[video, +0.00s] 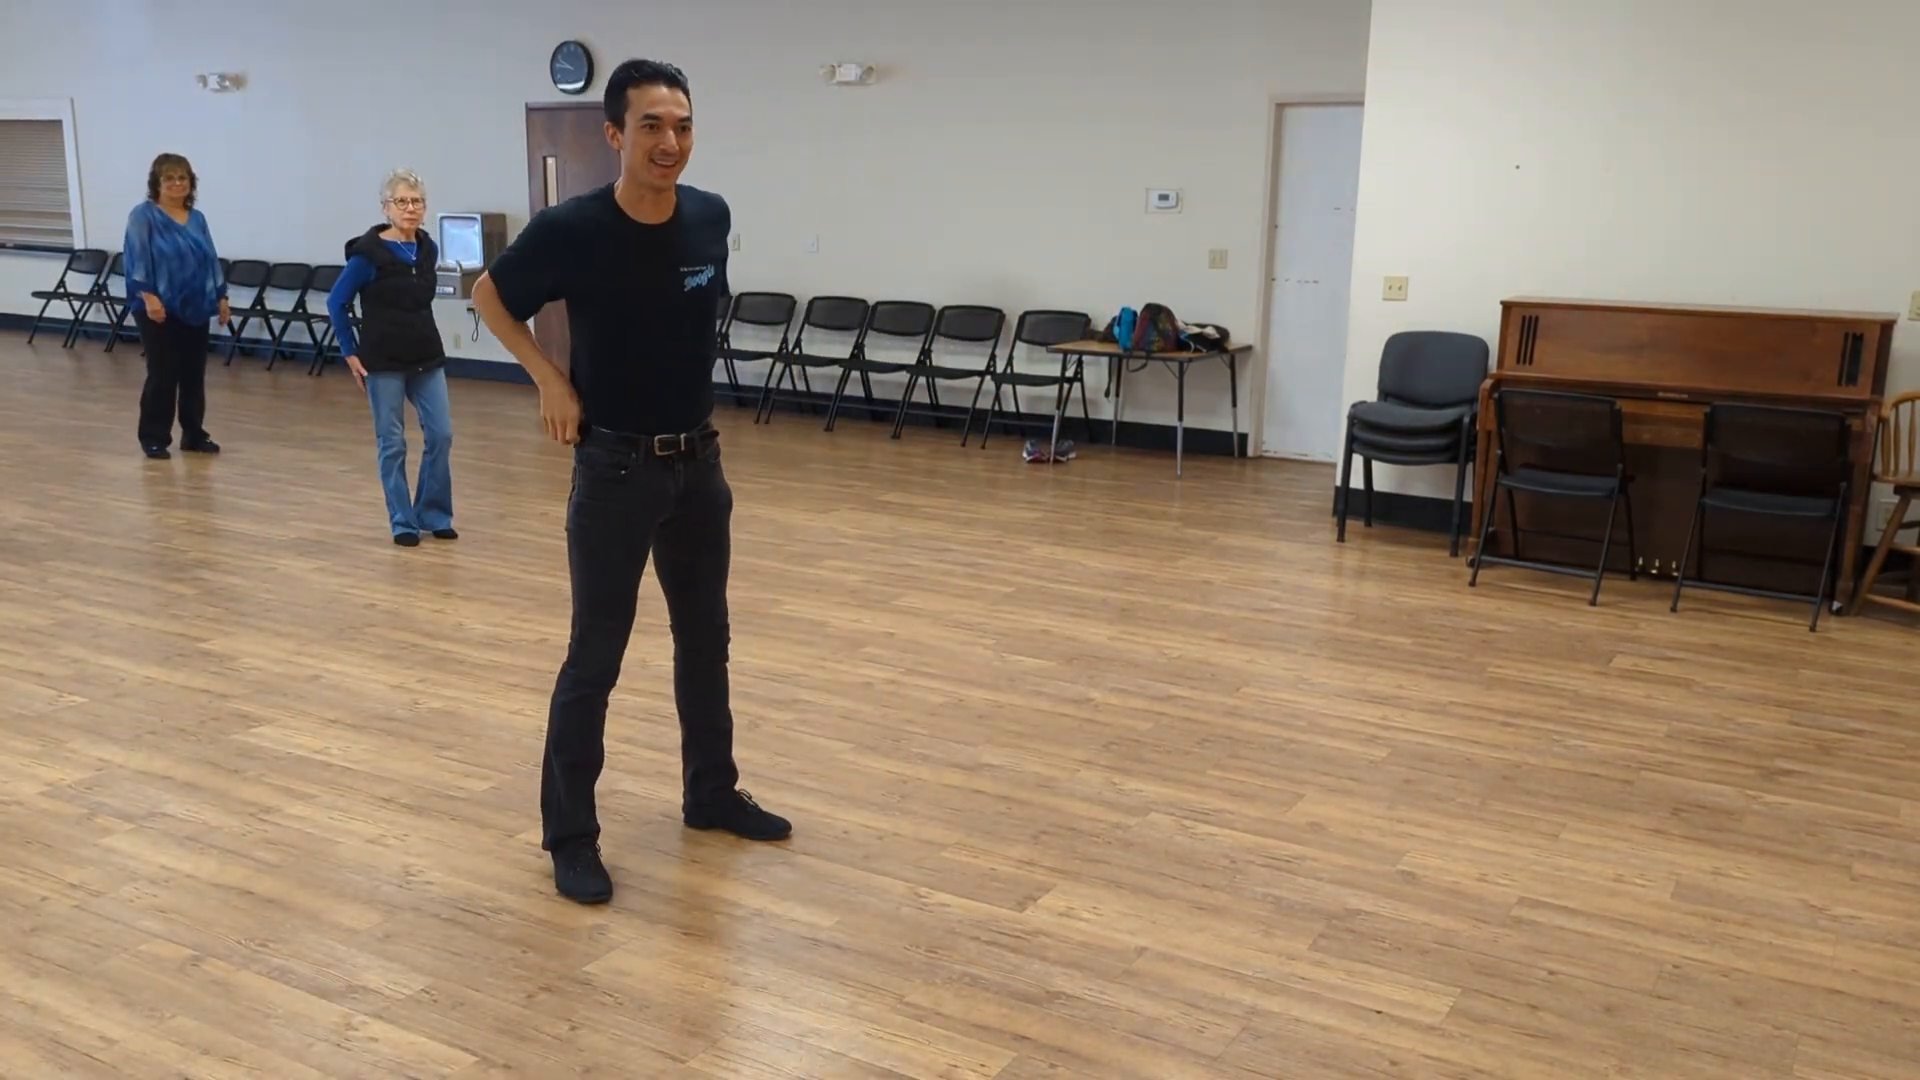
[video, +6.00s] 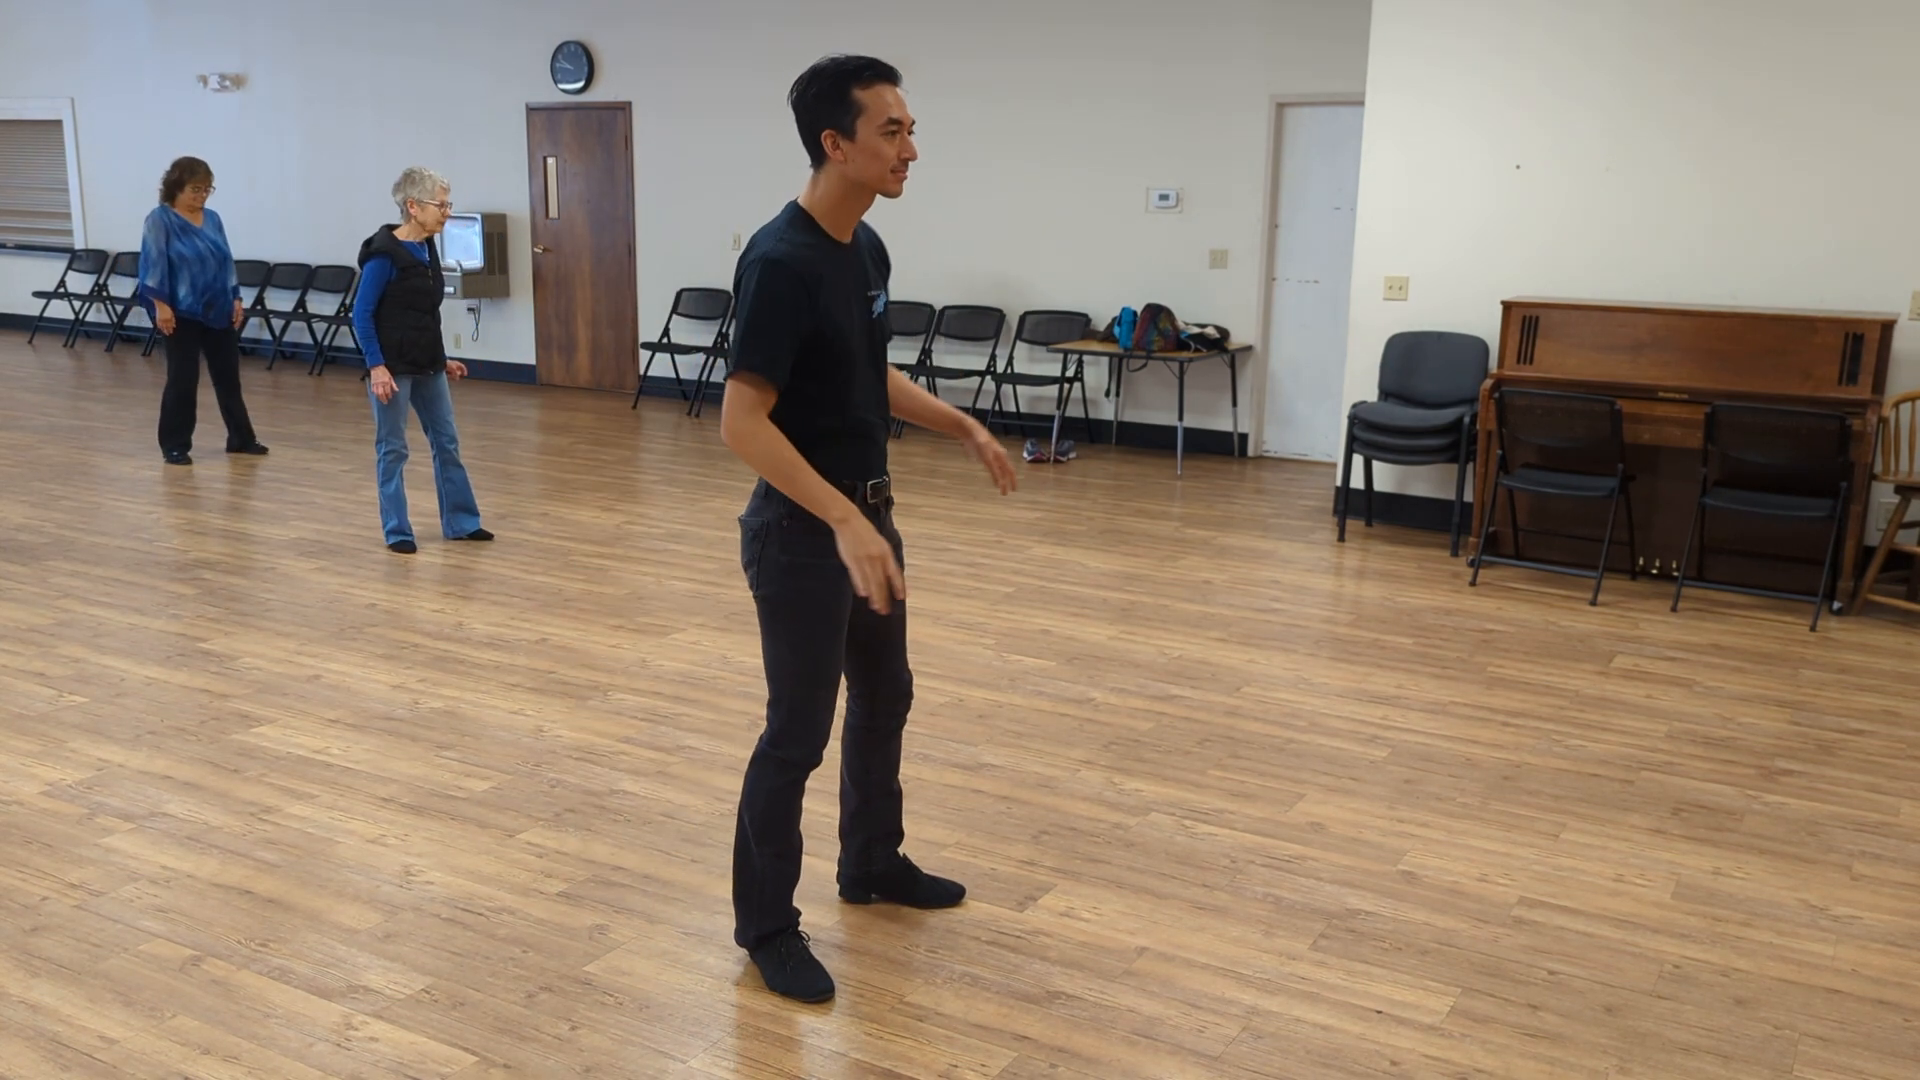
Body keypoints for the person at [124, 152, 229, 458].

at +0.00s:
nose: (176, 183)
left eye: (182, 178)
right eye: (169, 178)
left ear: (190, 183)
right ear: (157, 182)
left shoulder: (197, 218)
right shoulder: (143, 215)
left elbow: (211, 261)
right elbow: (137, 262)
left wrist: (221, 297)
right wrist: (148, 296)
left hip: (195, 308)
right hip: (159, 307)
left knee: (193, 373)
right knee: (163, 373)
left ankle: (193, 434)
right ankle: (154, 439)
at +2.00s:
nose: (168, 183)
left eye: (174, 178)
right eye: (161, 178)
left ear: (180, 183)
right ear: (147, 183)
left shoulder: (188, 218)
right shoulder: (135, 216)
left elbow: (202, 262)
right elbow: (130, 262)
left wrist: (212, 296)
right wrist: (139, 298)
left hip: (192, 307)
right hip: (156, 308)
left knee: (192, 375)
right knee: (157, 375)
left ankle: (193, 436)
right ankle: (152, 440)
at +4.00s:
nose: (179, 183)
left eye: (181, 178)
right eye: (171, 178)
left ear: (182, 182)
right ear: (152, 181)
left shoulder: (187, 216)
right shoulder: (135, 216)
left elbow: (201, 261)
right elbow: (130, 263)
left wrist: (211, 295)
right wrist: (137, 299)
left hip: (193, 307)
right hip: (157, 307)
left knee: (192, 375)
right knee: (158, 375)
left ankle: (194, 436)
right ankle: (152, 440)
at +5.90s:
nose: (197, 194)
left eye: (201, 188)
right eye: (190, 188)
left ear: (204, 188)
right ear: (171, 186)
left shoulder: (205, 217)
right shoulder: (154, 219)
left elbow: (219, 261)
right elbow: (150, 266)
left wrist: (229, 297)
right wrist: (159, 304)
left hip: (211, 309)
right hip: (176, 311)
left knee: (225, 372)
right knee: (179, 378)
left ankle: (235, 437)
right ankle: (174, 446)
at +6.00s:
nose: (202, 196)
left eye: (206, 190)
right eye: (195, 190)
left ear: (210, 190)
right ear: (177, 187)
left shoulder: (211, 218)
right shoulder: (159, 219)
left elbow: (226, 262)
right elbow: (153, 267)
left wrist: (236, 299)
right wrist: (161, 305)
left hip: (218, 311)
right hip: (182, 312)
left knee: (228, 378)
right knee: (183, 380)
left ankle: (241, 439)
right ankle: (175, 447)